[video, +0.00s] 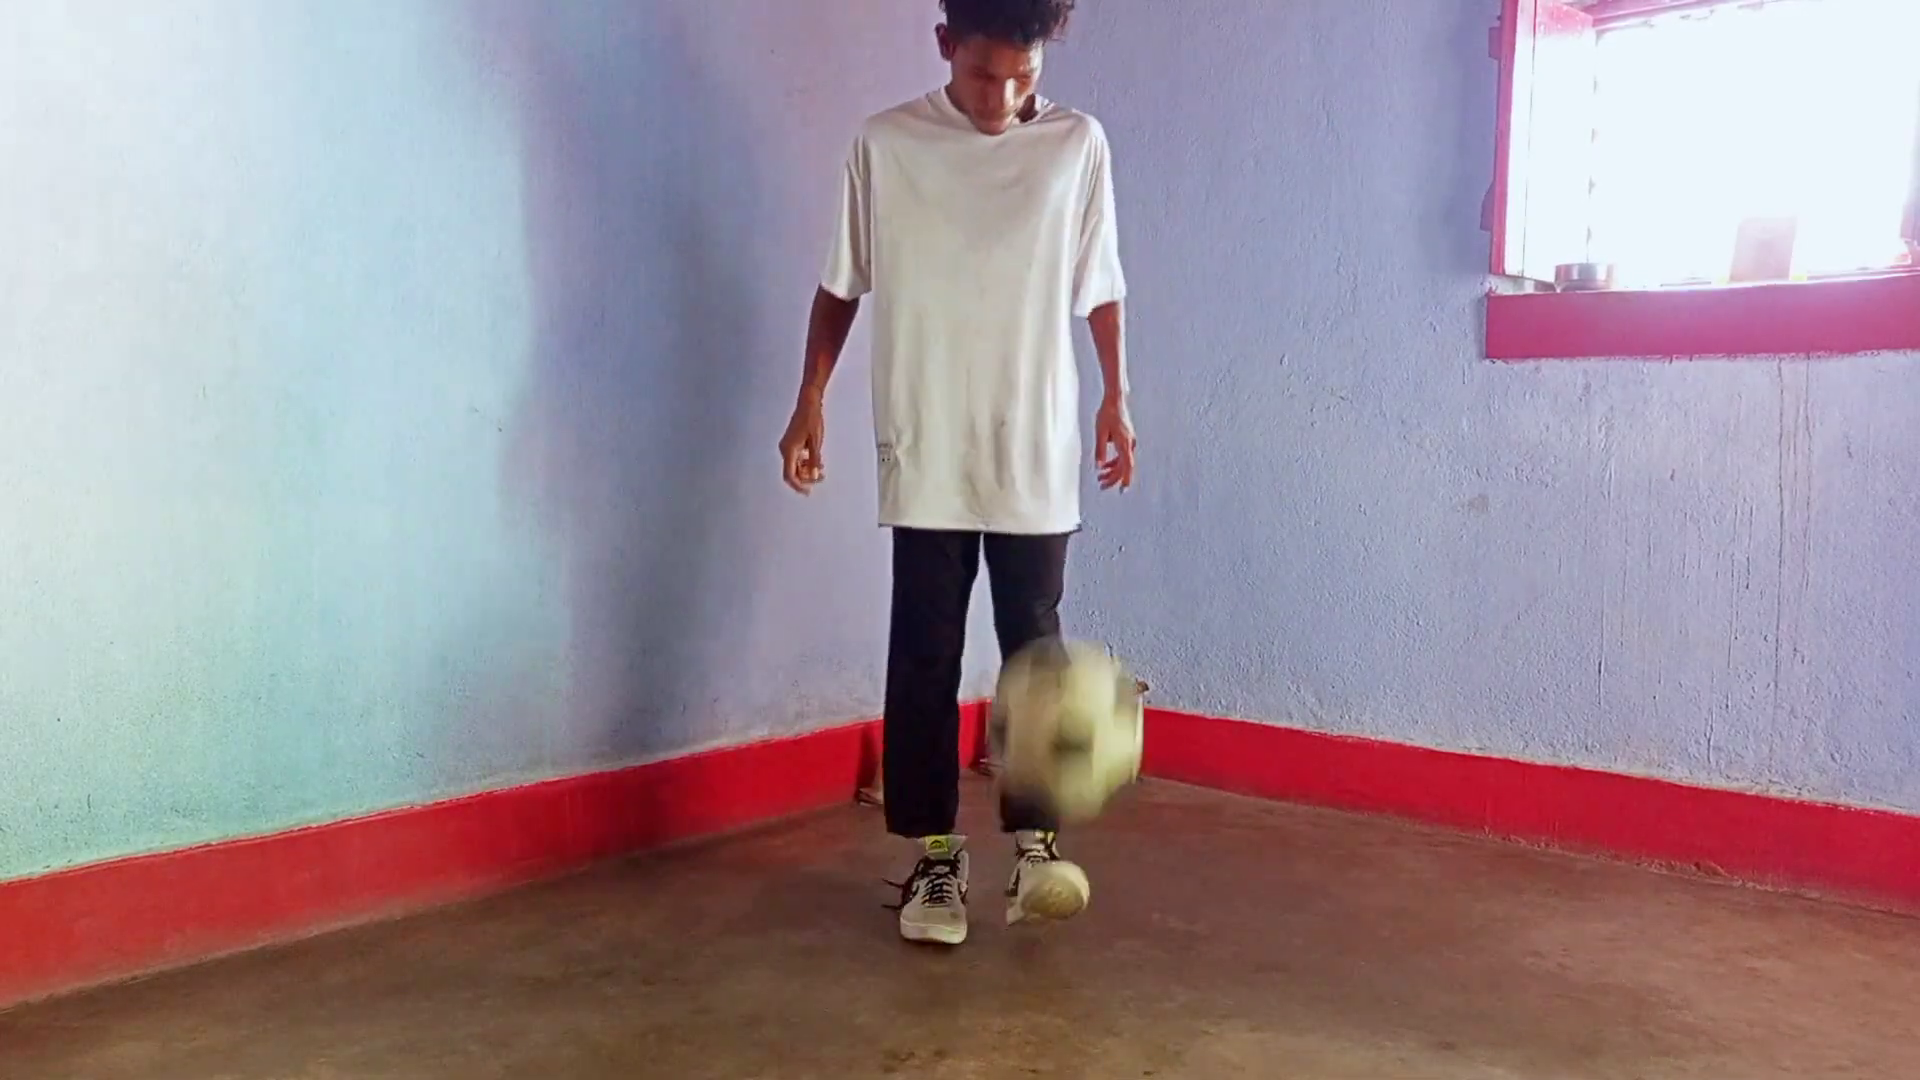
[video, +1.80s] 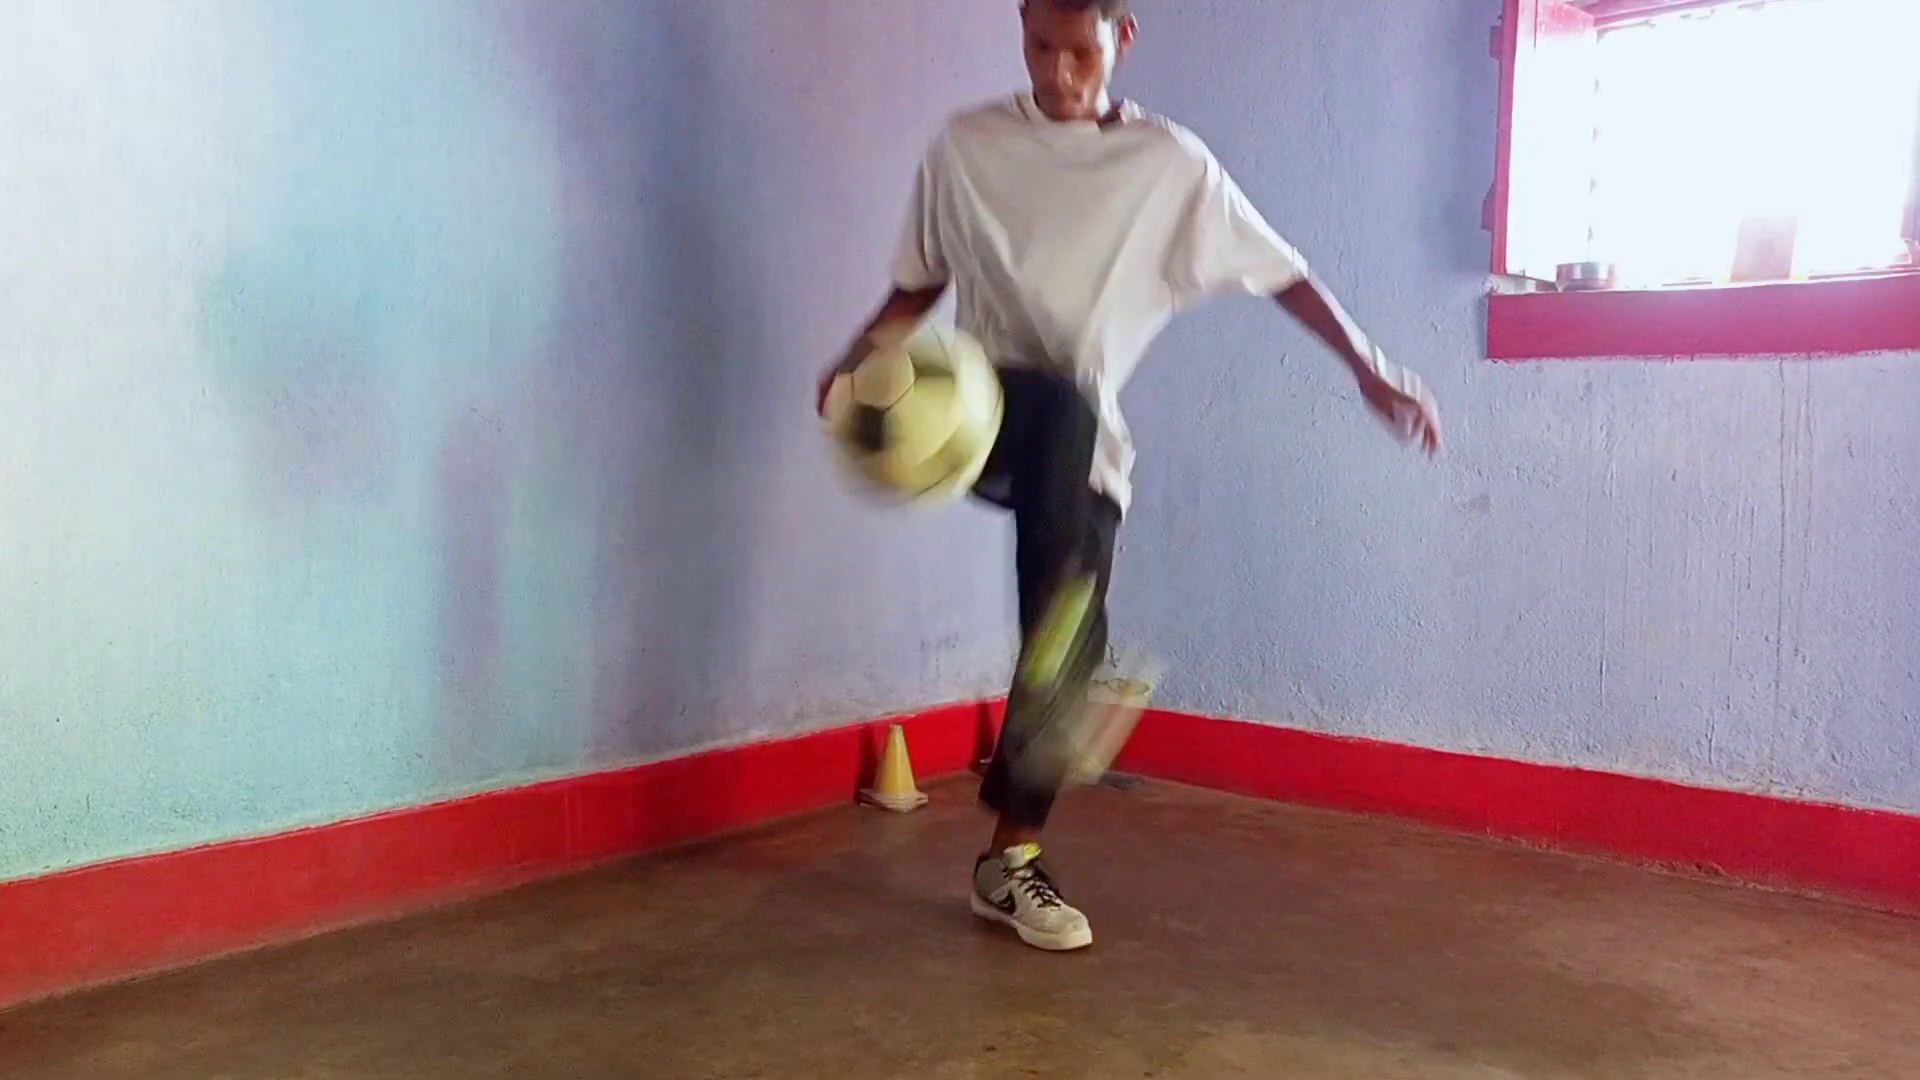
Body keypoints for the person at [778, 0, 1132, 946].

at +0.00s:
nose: (1001, 97)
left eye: (1019, 77)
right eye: (983, 76)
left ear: (1043, 56)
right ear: (944, 46)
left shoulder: (1076, 143)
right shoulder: (884, 143)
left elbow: (1100, 281)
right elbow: (841, 283)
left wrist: (1116, 398)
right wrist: (809, 402)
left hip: (1036, 441)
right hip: (925, 442)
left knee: (1036, 649)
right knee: (926, 657)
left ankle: (1036, 847)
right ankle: (935, 860)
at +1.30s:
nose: (1115, 111)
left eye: (1135, 93)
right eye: (1099, 86)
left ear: (1155, 79)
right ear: (1063, 58)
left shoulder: (1164, 194)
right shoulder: (981, 140)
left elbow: (1191, 340)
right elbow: (904, 265)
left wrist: (1229, 458)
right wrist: (862, 362)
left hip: (1061, 456)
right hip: (959, 430)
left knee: (1060, 659)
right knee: (986, 586)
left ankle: (1035, 865)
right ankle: (984, 840)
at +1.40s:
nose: (1127, 97)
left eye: (1146, 81)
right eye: (1113, 73)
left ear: (1167, 73)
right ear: (1078, 48)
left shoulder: (1176, 178)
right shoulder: (1000, 122)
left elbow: (1202, 313)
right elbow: (911, 226)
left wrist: (1233, 422)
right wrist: (868, 323)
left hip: (1071, 437)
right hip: (975, 385)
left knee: (1064, 656)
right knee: (975, 476)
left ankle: (1022, 855)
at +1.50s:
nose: (1118, 71)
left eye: (1137, 53)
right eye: (1101, 47)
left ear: (1160, 47)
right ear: (1064, 31)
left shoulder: (1178, 152)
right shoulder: (991, 112)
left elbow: (1215, 277)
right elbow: (910, 211)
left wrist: (1257, 362)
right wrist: (830, 271)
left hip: (1085, 419)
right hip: (995, 376)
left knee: (1077, 623)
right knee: (998, 249)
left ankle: (1029, 839)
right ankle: (936, 405)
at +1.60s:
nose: (1090, 60)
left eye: (1112, 42)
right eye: (1074, 35)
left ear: (1140, 38)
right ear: (1044, 24)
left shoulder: (1174, 142)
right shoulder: (978, 112)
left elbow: (1254, 253)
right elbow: (916, 227)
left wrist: (1313, 336)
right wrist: (825, 265)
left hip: (1087, 384)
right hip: (978, 365)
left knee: (1073, 604)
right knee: (1001, 167)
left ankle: (1026, 843)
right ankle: (965, 369)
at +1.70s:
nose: (1062, 58)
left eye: (1086, 36)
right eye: (1046, 32)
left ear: (1122, 25)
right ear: (1021, 19)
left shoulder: (1167, 138)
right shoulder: (963, 121)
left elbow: (1265, 243)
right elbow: (922, 252)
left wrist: (1357, 328)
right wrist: (842, 313)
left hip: (1078, 411)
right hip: (980, 388)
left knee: (1069, 616)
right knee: (1045, 233)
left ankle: (1018, 846)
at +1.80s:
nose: (1060, 74)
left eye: (1082, 54)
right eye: (1043, 50)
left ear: (1120, 44)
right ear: (1021, 39)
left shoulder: (1169, 158)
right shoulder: (965, 145)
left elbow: (1278, 273)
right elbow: (918, 282)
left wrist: (1371, 372)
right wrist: (856, 358)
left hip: (1081, 425)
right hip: (971, 406)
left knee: (1062, 626)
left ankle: (1011, 859)